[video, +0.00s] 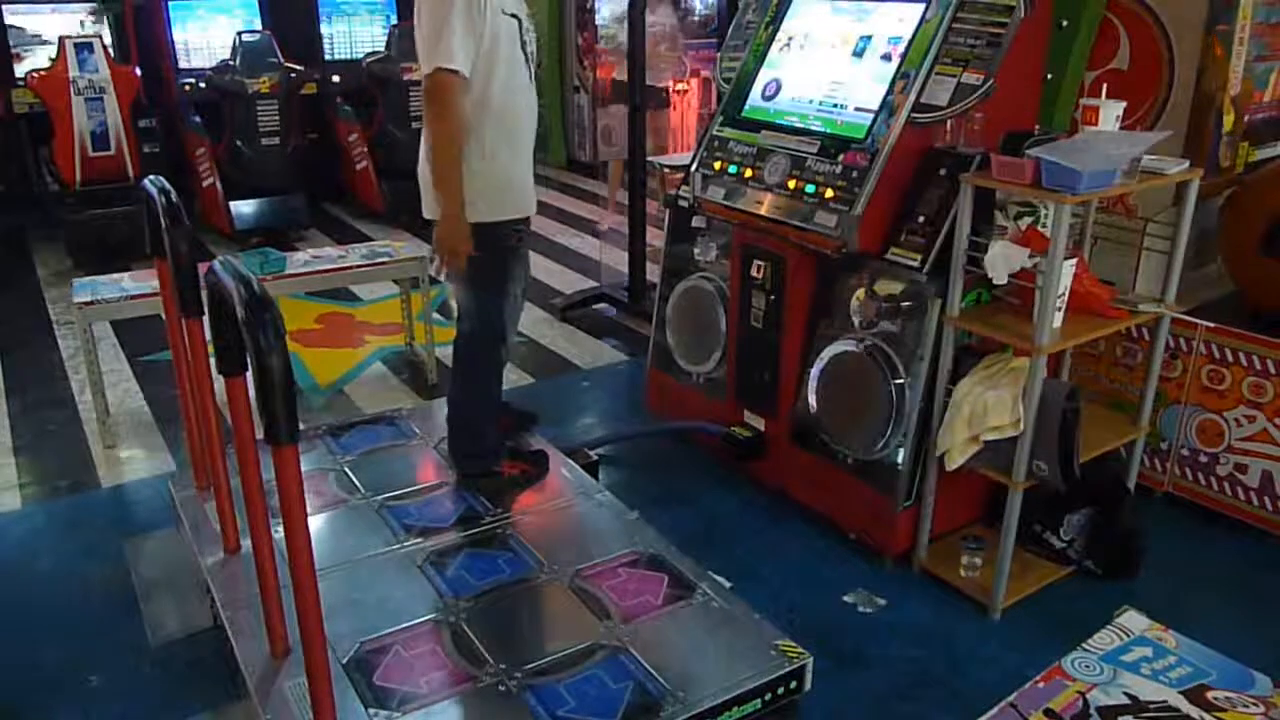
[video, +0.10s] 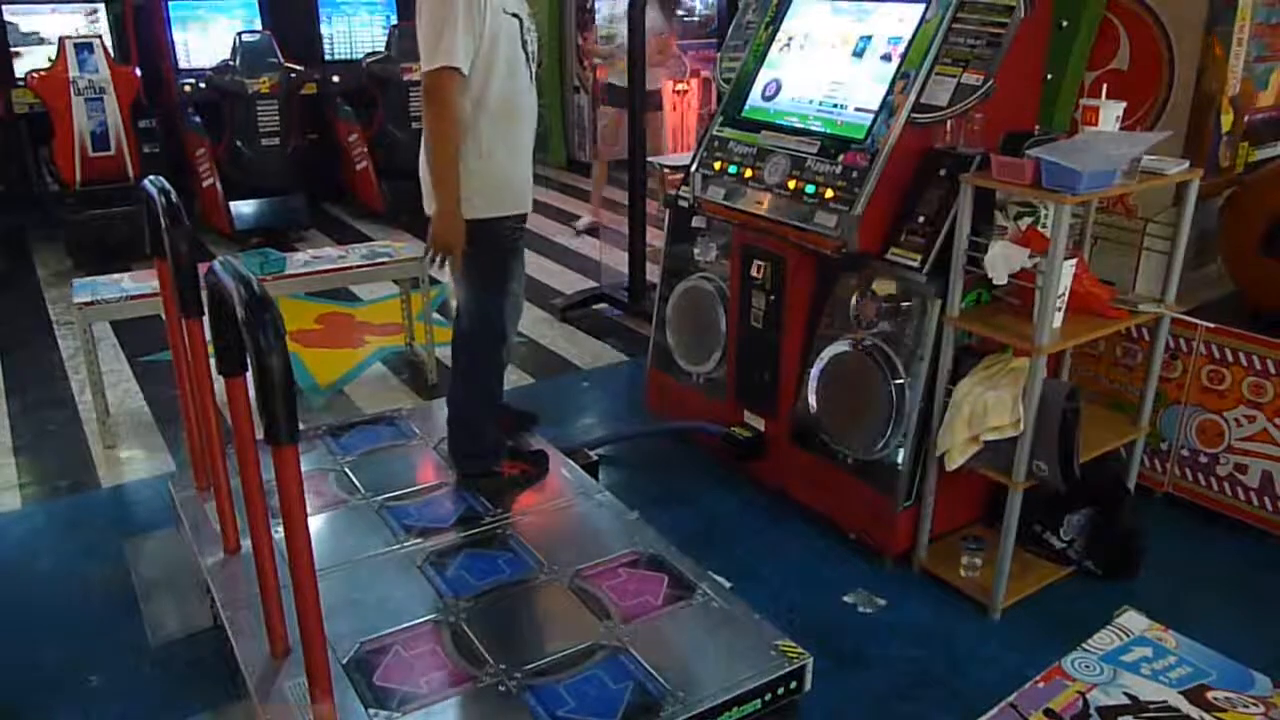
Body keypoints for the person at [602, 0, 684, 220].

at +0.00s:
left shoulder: (667, 11)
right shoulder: (620, 12)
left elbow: (677, 51)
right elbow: (609, 51)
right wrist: (648, 52)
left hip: (657, 85)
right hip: (624, 84)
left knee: (660, 149)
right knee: (618, 149)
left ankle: (662, 205)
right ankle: (611, 209)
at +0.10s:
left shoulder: (656, 11)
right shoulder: (607, 8)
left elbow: (669, 54)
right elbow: (590, 47)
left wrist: (646, 60)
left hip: (650, 88)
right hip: (615, 86)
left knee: (657, 156)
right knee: (602, 154)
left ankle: (664, 209)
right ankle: (593, 213)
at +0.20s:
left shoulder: (655, 5)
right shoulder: (598, 5)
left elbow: (668, 47)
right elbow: (579, 48)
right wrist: (603, 53)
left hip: (646, 89)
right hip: (606, 87)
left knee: (655, 158)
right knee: (592, 153)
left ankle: (665, 215)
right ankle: (588, 213)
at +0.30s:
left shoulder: (631, 6)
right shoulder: (583, 4)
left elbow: (640, 50)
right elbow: (564, 44)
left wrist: (603, 62)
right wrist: (595, 58)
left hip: (620, 86)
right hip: (587, 83)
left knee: (630, 156)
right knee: (582, 150)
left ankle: (641, 214)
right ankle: (587, 212)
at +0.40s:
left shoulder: (618, 7)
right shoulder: (571, 4)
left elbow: (623, 56)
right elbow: (552, 41)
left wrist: (584, 60)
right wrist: (572, 55)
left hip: (610, 84)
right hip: (579, 82)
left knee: (616, 155)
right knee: (581, 152)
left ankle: (632, 220)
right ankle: (586, 213)